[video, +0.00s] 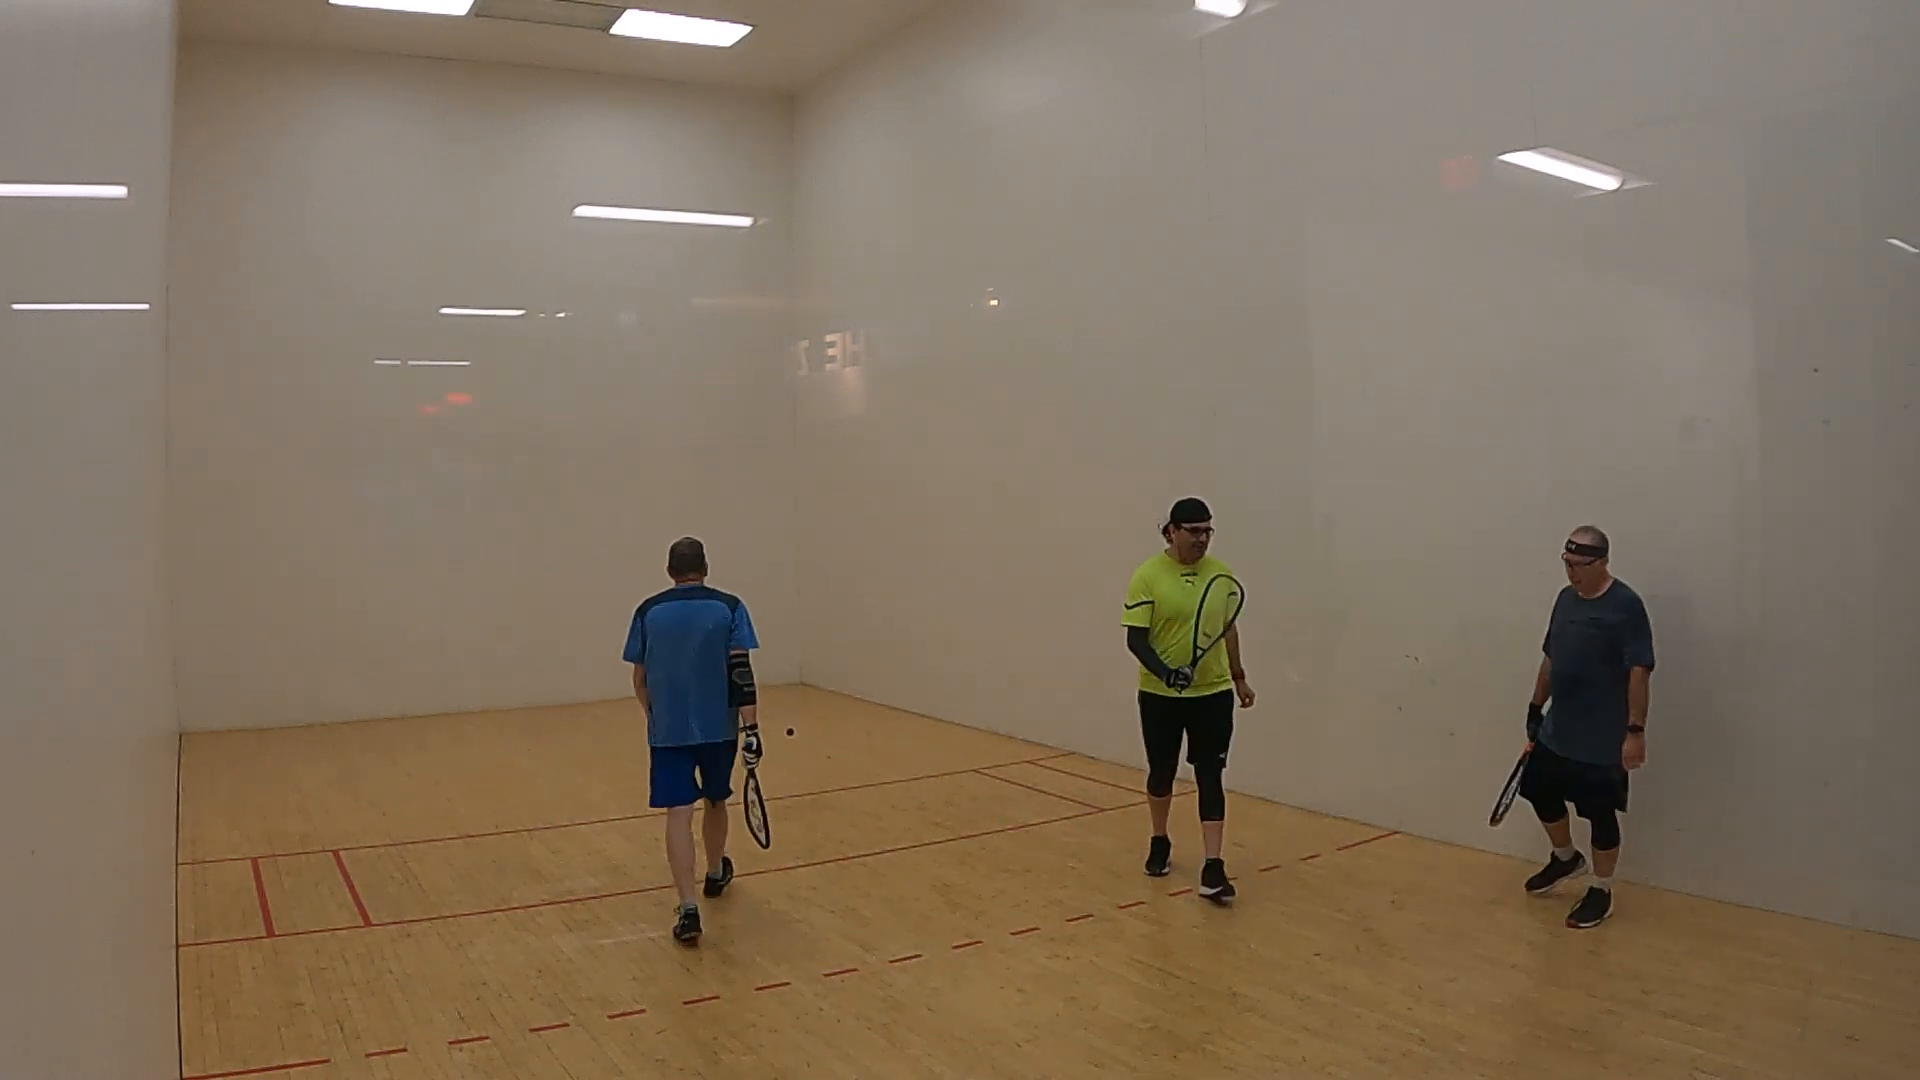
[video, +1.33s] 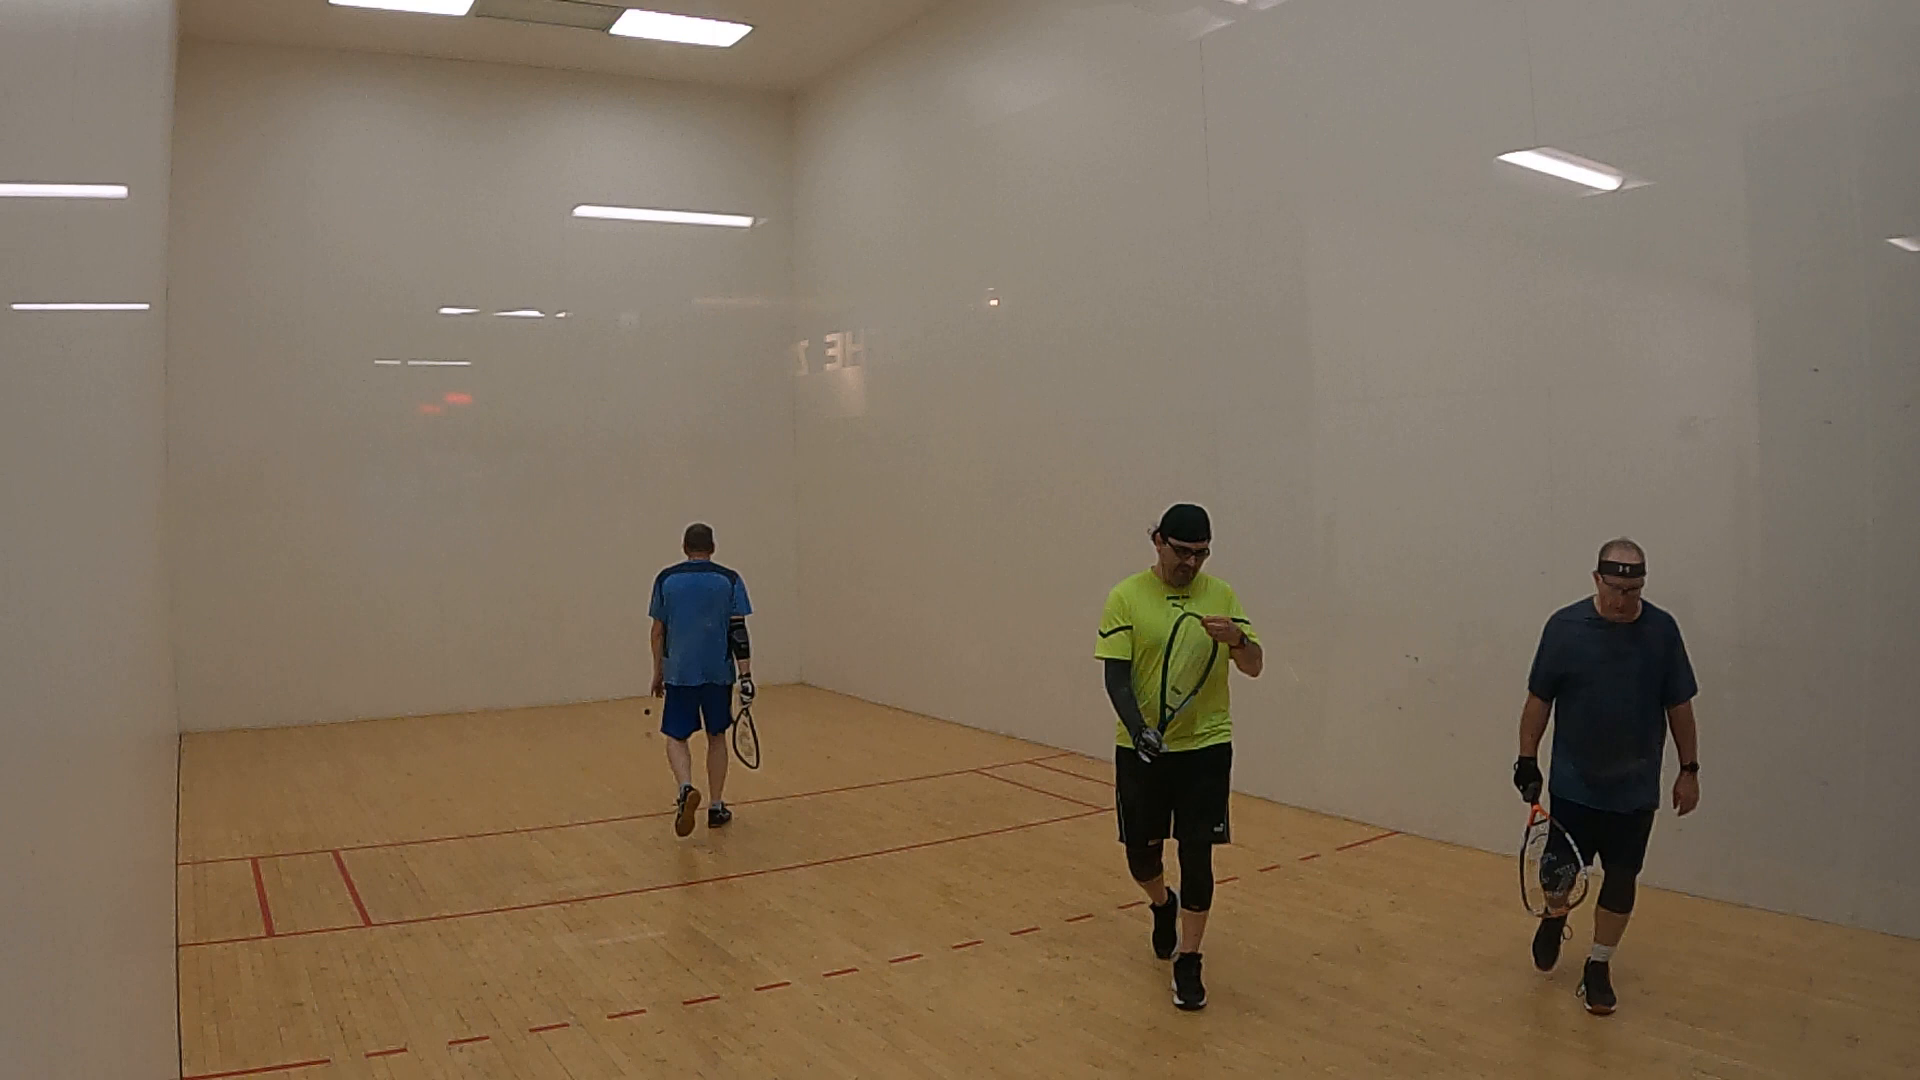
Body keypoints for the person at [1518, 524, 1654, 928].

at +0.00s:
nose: (1569, 567)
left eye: (1577, 562)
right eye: (1566, 560)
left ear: (1601, 562)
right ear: (1566, 560)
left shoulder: (1627, 606)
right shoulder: (1566, 600)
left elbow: (1640, 671)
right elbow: (1551, 659)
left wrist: (1635, 731)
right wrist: (1534, 710)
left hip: (1603, 734)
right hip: (1560, 726)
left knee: (1600, 812)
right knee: (1539, 788)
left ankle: (1600, 891)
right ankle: (1565, 856)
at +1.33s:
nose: (1626, 592)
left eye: (1634, 584)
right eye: (1616, 583)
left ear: (1644, 582)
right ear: (1598, 579)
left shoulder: (1661, 631)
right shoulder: (1564, 627)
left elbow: (1679, 704)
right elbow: (1539, 698)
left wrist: (1689, 769)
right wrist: (1527, 760)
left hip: (1635, 784)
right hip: (1574, 777)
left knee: (1620, 881)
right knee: (1559, 872)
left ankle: (1598, 967)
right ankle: (1555, 918)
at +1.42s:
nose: (1633, 590)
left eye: (1641, 581)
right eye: (1623, 581)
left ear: (1651, 580)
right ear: (1603, 579)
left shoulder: (1668, 630)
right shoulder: (1569, 628)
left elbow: (1692, 701)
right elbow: (1544, 699)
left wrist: (1707, 766)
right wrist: (1530, 762)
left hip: (1642, 785)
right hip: (1581, 781)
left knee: (1623, 881)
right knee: (1571, 876)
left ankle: (1599, 967)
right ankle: (1561, 937)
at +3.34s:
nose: (1743, 617)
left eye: (1756, 606)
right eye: (1741, 605)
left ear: (1802, 611)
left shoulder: (1857, 693)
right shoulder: (1744, 674)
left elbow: (1884, 802)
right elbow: (1709, 764)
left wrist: (1876, 902)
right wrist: (1670, 840)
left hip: (1816, 916)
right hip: (1736, 904)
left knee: (1826, 1047)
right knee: (1717, 1030)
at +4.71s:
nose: (1758, 602)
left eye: (1762, 592)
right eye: (1759, 591)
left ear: (1783, 600)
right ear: (1819, 600)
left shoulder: (1792, 671)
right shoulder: (1859, 666)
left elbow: (1784, 785)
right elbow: (1869, 760)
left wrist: (1761, 873)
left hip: (1785, 877)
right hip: (1850, 878)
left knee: (1733, 973)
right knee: (1836, 993)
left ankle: (1706, 1075)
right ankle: (1842, 1079)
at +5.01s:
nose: (1707, 605)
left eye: (1709, 595)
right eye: (1707, 595)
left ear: (1724, 601)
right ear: (1764, 599)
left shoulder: (1722, 669)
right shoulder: (1809, 662)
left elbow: (1707, 778)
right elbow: (1833, 756)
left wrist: (1688, 859)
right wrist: (1821, 829)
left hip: (1733, 862)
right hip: (1802, 863)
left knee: (1695, 957)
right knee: (1802, 983)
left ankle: (1692, 1071)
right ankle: (1825, 1076)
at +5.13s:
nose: (1685, 596)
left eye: (1687, 587)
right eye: (1685, 586)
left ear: (1701, 594)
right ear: (1745, 594)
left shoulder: (1696, 662)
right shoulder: (1788, 656)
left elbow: (1673, 767)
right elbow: (1811, 747)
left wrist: (1647, 844)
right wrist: (1805, 819)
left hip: (1702, 853)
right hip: (1773, 852)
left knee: (1687, 963)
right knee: (1768, 960)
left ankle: (1690, 1069)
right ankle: (1804, 1065)